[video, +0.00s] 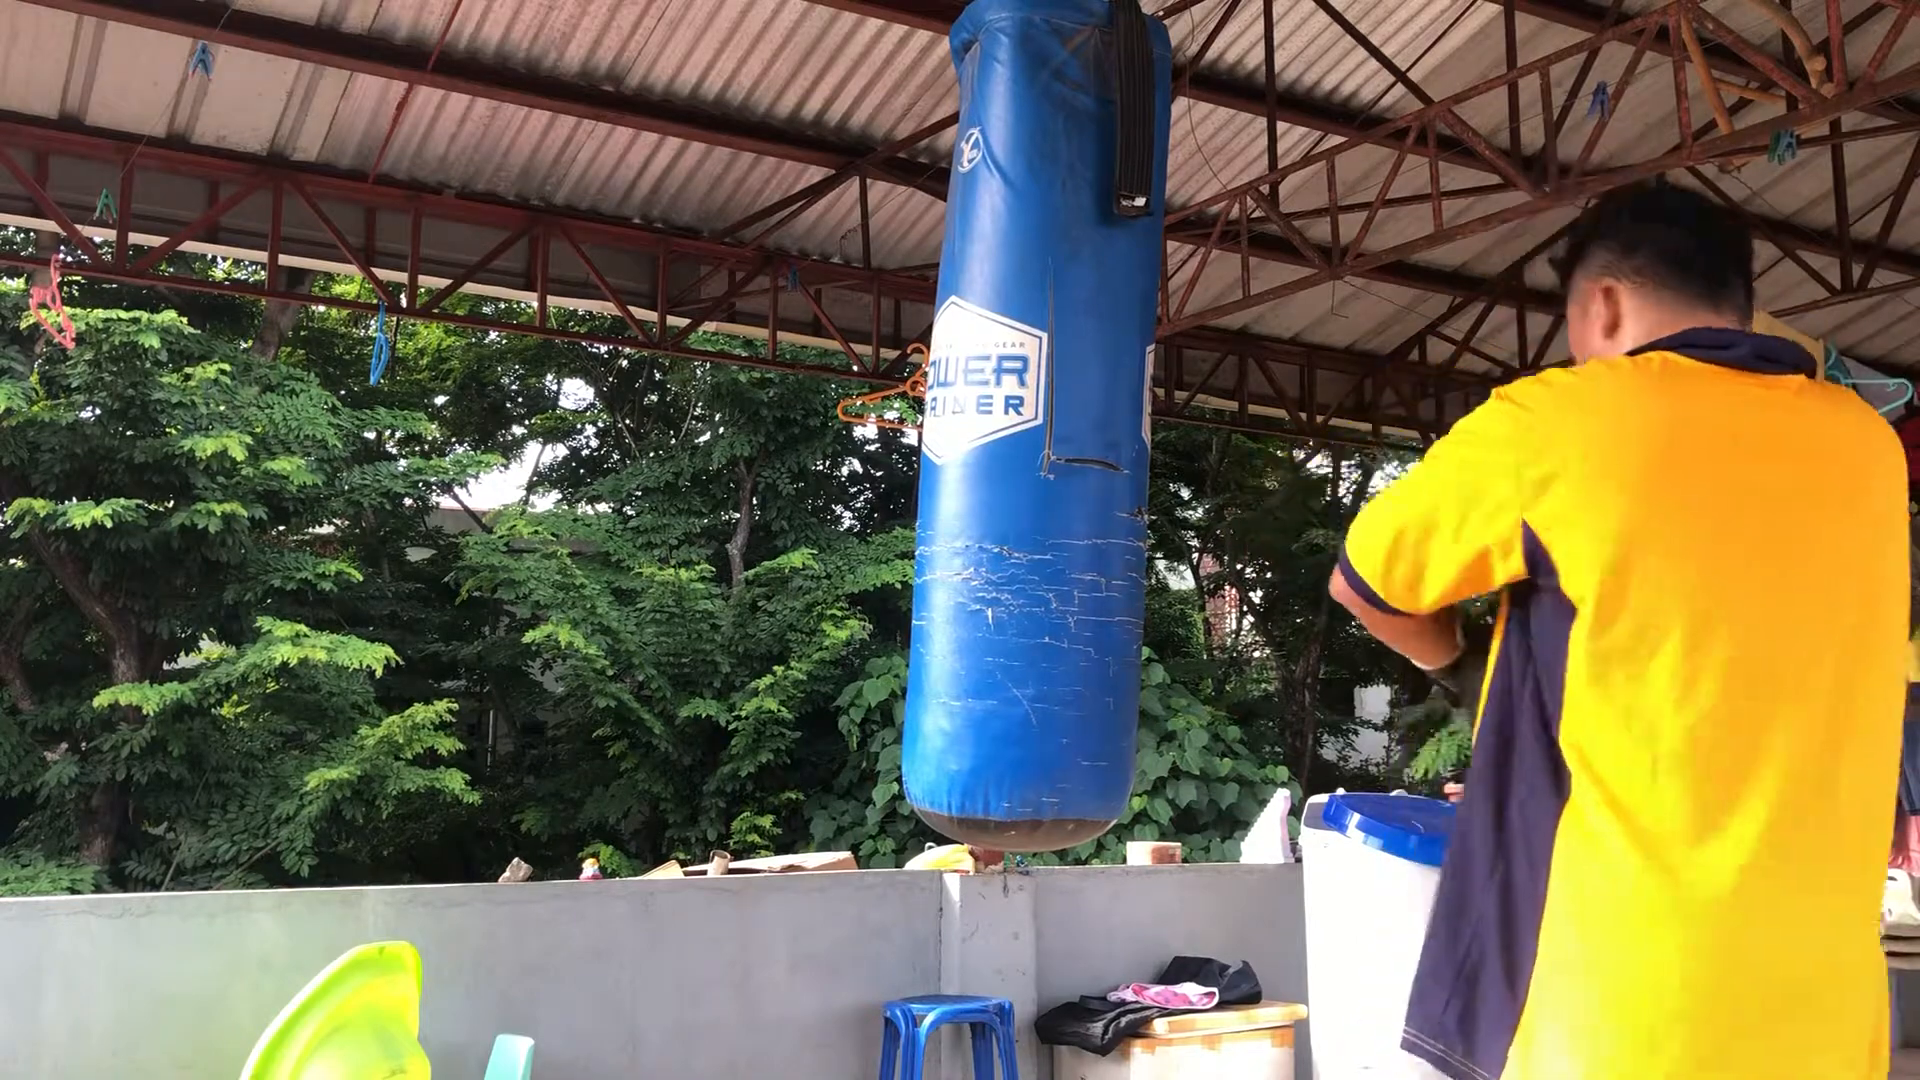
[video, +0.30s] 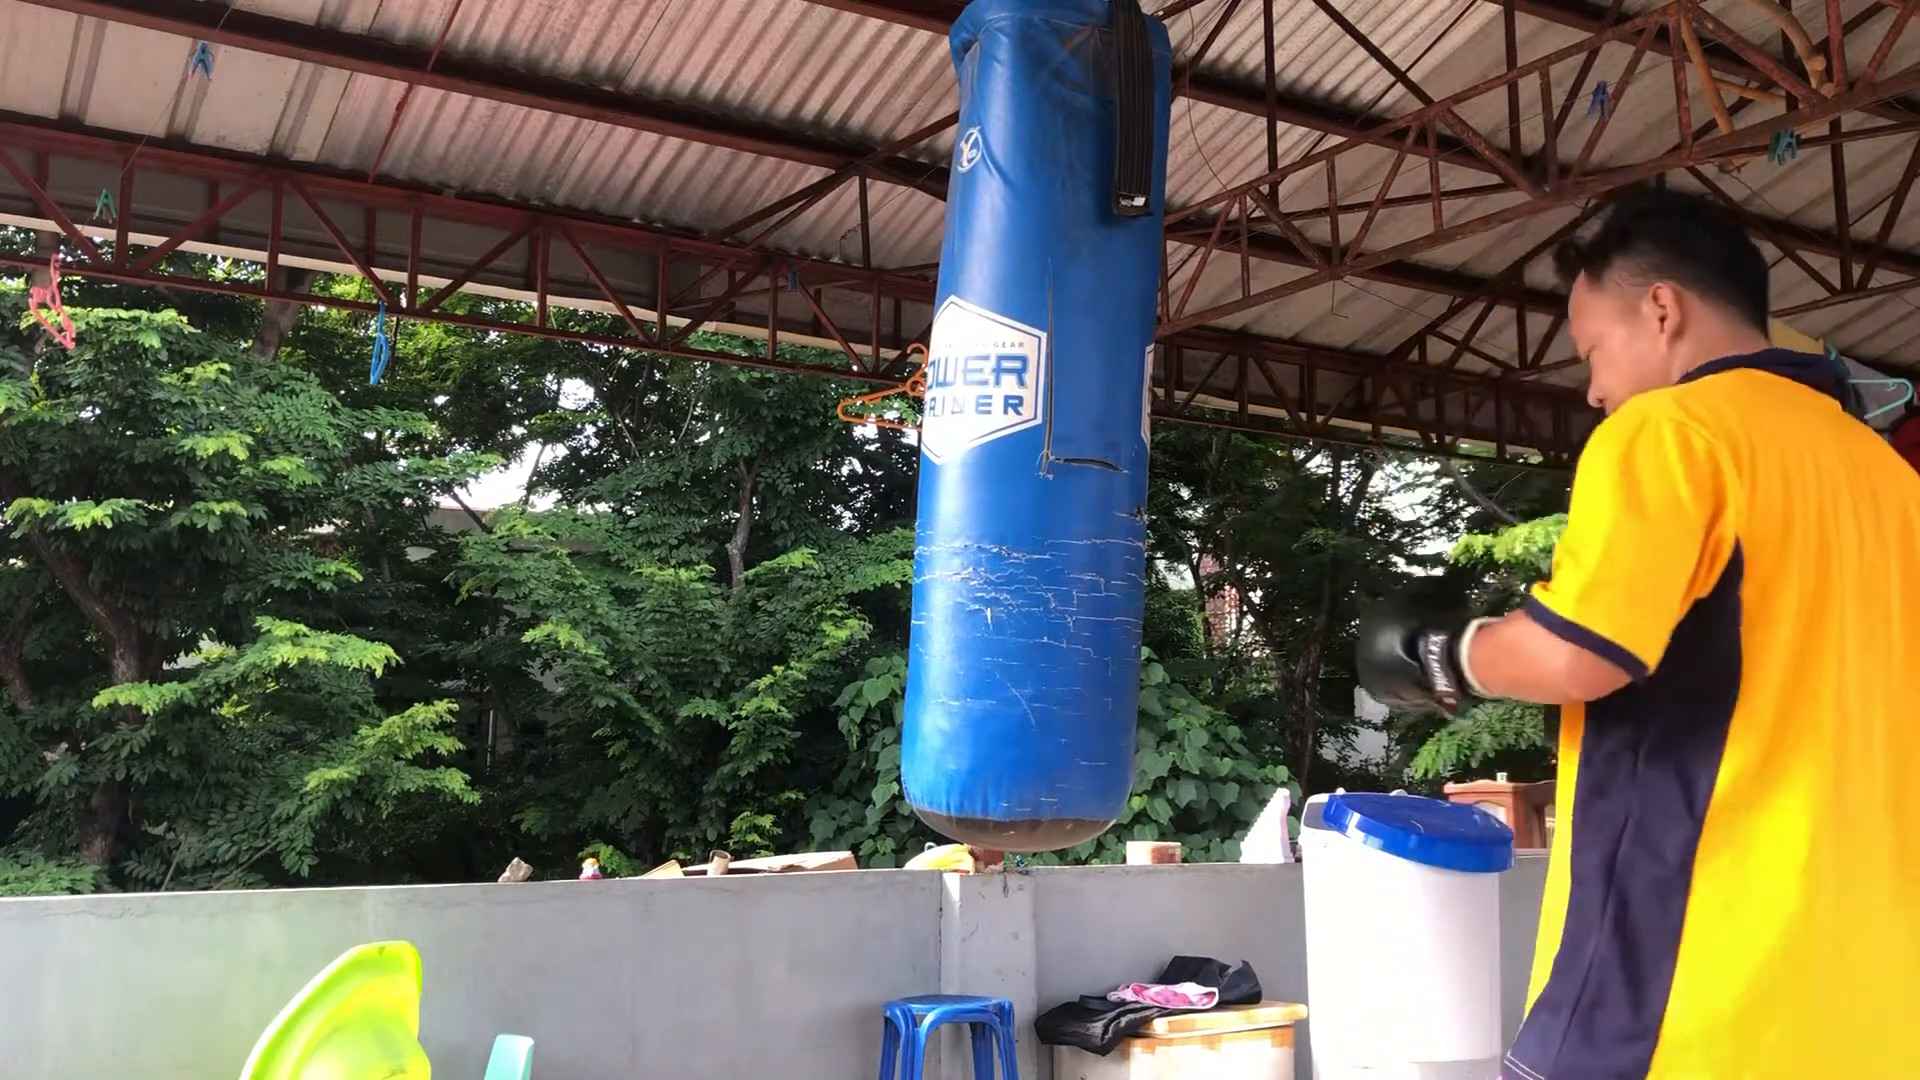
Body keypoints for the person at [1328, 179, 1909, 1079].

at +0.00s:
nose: (1570, 355)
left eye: (1568, 329)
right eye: (1567, 333)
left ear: (1605, 307)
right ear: (1739, 312)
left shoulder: (1557, 414)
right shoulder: (1873, 445)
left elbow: (1367, 581)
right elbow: (1895, 674)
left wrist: (1457, 655)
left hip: (1604, 1019)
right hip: (1827, 1018)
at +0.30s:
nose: (1592, 394)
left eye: (1591, 353)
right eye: (1584, 363)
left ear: (1663, 313)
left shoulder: (1673, 431)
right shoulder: (1890, 470)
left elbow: (1581, 651)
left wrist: (1442, 651)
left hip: (1683, 1019)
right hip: (1878, 1013)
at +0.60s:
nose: (1543, 391)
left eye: (1543, 351)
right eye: (1533, 361)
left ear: (1630, 316)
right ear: (1638, 316)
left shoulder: (1658, 437)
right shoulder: (1811, 456)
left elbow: (1630, 662)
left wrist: (1496, 680)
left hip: (1662, 1011)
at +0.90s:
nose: (1435, 414)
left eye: (1426, 387)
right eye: (1420, 398)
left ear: (1486, 327)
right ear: (1574, 320)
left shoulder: (1508, 426)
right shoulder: (1754, 448)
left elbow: (1309, 605)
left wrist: (1210, 584)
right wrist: (1438, 645)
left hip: (1617, 1022)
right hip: (1817, 1013)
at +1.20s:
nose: (1543, 419)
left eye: (1535, 393)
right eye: (1529, 403)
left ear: (1598, 335)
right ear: (1698, 333)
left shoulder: (1623, 433)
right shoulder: (1868, 461)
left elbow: (1421, 626)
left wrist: (1280, 601)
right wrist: (1555, 785)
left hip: (1684, 1031)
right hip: (1881, 1018)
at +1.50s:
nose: (1756, 438)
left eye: (1747, 394)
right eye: (1737, 411)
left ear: (1817, 331)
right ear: (1825, 328)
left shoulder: (1876, 433)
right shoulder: (1890, 428)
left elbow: (1673, 637)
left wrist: (1634, 469)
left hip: (1864, 1027)